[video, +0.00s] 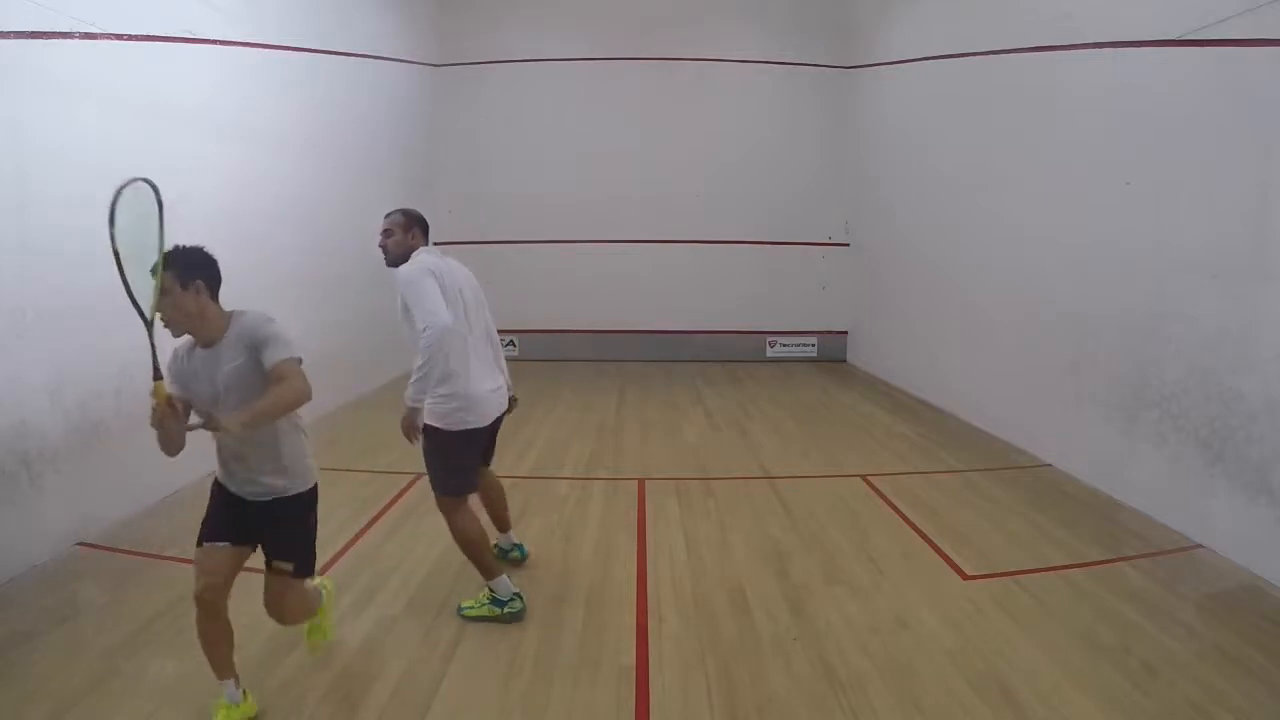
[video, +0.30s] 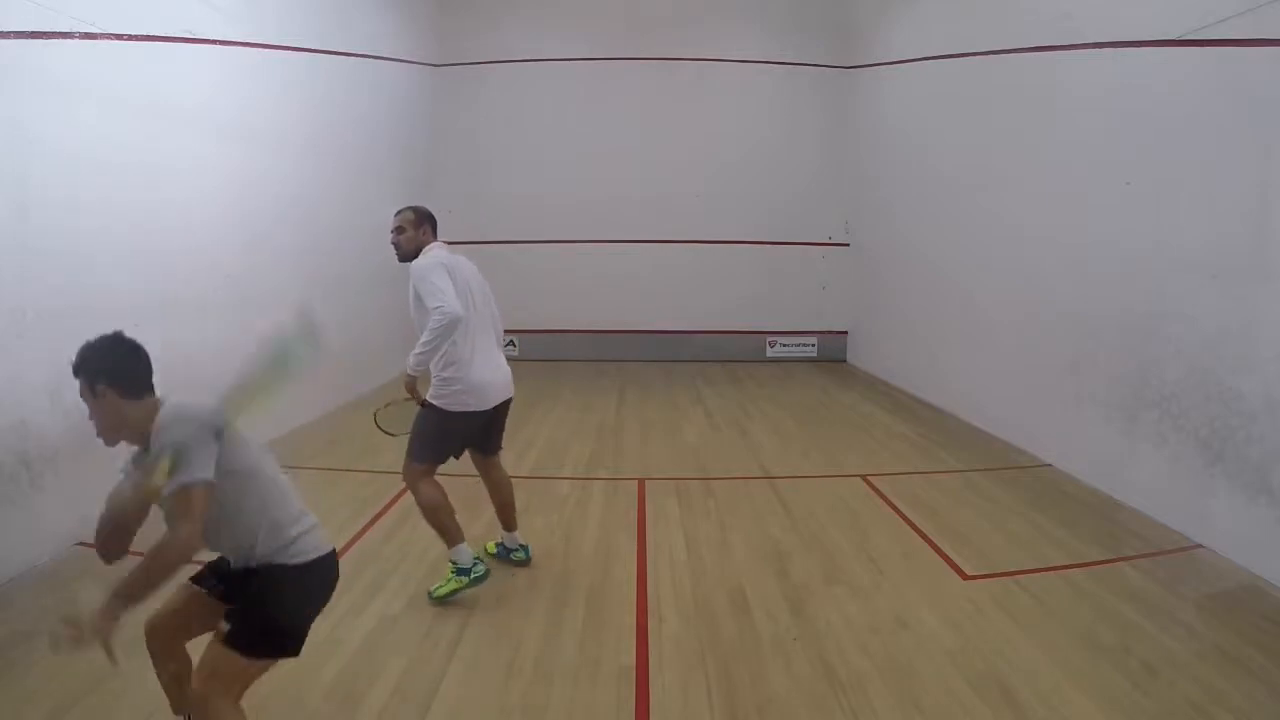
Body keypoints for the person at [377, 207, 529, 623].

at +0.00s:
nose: (380, 242)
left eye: (388, 234)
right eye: (381, 235)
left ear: (416, 236)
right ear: (419, 239)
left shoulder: (412, 271)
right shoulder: (457, 269)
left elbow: (437, 327)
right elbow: (489, 333)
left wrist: (413, 404)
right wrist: (504, 387)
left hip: (453, 408)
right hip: (491, 399)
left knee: (454, 504)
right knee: (479, 470)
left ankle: (503, 595)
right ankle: (509, 543)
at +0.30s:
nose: (393, 239)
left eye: (400, 231)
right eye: (392, 233)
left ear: (427, 232)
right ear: (430, 236)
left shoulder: (425, 267)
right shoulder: (465, 265)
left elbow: (448, 314)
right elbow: (495, 328)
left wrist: (412, 370)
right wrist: (460, 373)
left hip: (458, 392)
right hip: (498, 387)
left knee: (417, 473)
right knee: (487, 458)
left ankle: (465, 563)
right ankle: (513, 542)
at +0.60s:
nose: (374, 248)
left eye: (374, 243)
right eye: (380, 242)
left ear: (379, 246)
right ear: (414, 242)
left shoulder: (384, 282)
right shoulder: (446, 276)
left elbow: (405, 339)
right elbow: (476, 337)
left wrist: (385, 388)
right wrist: (467, 377)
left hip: (423, 408)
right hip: (468, 397)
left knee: (402, 479)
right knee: (471, 465)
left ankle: (433, 574)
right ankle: (510, 543)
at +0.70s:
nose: (359, 239)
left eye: (359, 233)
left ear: (363, 235)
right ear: (401, 232)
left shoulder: (365, 272)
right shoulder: (430, 269)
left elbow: (384, 330)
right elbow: (461, 334)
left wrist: (369, 383)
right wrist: (455, 375)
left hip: (406, 399)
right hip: (450, 390)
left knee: (403, 485)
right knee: (455, 466)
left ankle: (435, 576)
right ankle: (492, 538)